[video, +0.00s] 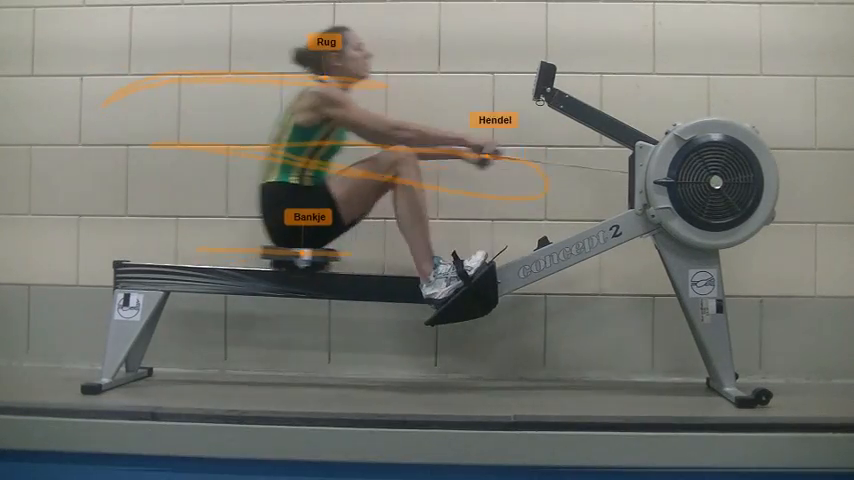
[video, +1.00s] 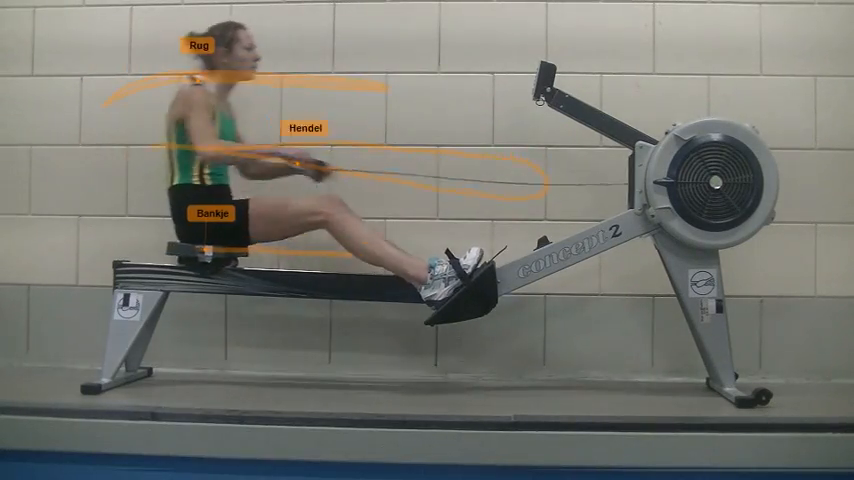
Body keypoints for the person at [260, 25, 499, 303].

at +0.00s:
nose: (367, 53)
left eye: (363, 47)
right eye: (357, 48)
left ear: (334, 62)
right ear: (333, 60)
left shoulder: (330, 99)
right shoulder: (322, 95)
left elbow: (397, 141)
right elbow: (393, 132)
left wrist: (463, 153)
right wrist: (467, 140)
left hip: (299, 211)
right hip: (291, 213)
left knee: (396, 160)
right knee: (399, 162)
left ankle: (433, 271)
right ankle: (430, 278)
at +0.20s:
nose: (269, 50)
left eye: (266, 43)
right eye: (259, 43)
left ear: (237, 54)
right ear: (234, 52)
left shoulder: (239, 99)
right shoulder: (224, 92)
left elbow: (303, 147)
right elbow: (289, 126)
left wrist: (364, 153)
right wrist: (363, 134)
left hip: (224, 210)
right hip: (212, 212)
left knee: (344, 201)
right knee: (341, 200)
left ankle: (431, 278)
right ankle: (430, 281)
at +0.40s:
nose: (188, 64)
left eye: (187, 56)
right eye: (179, 56)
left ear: (174, 63)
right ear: (152, 61)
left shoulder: (166, 114)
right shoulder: (136, 102)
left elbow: (197, 165)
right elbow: (168, 145)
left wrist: (257, 162)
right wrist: (243, 139)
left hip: (198, 208)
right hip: (184, 211)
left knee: (312, 238)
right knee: (308, 239)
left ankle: (431, 276)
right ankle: (427, 282)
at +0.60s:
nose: (171, 79)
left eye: (171, 72)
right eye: (163, 72)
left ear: (155, 76)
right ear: (137, 76)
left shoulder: (146, 118)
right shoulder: (115, 116)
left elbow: (150, 165)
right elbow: (79, 171)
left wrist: (181, 153)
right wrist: (136, 142)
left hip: (197, 211)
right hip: (184, 216)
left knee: (312, 233)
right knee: (307, 238)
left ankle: (429, 276)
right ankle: (430, 281)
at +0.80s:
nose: (198, 67)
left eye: (197, 59)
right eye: (190, 60)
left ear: (176, 66)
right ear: (163, 65)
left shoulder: (169, 112)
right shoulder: (139, 108)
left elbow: (174, 159)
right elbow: (108, 158)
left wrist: (209, 156)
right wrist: (162, 143)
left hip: (200, 212)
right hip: (186, 216)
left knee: (312, 229)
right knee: (308, 230)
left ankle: (429, 276)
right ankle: (425, 281)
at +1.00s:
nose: (256, 56)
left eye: (253, 48)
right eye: (247, 49)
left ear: (227, 55)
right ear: (221, 53)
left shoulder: (220, 105)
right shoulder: (197, 94)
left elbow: (249, 169)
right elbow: (205, 148)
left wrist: (298, 165)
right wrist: (277, 156)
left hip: (215, 215)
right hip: (202, 218)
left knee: (332, 206)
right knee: (327, 208)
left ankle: (427, 274)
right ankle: (425, 279)